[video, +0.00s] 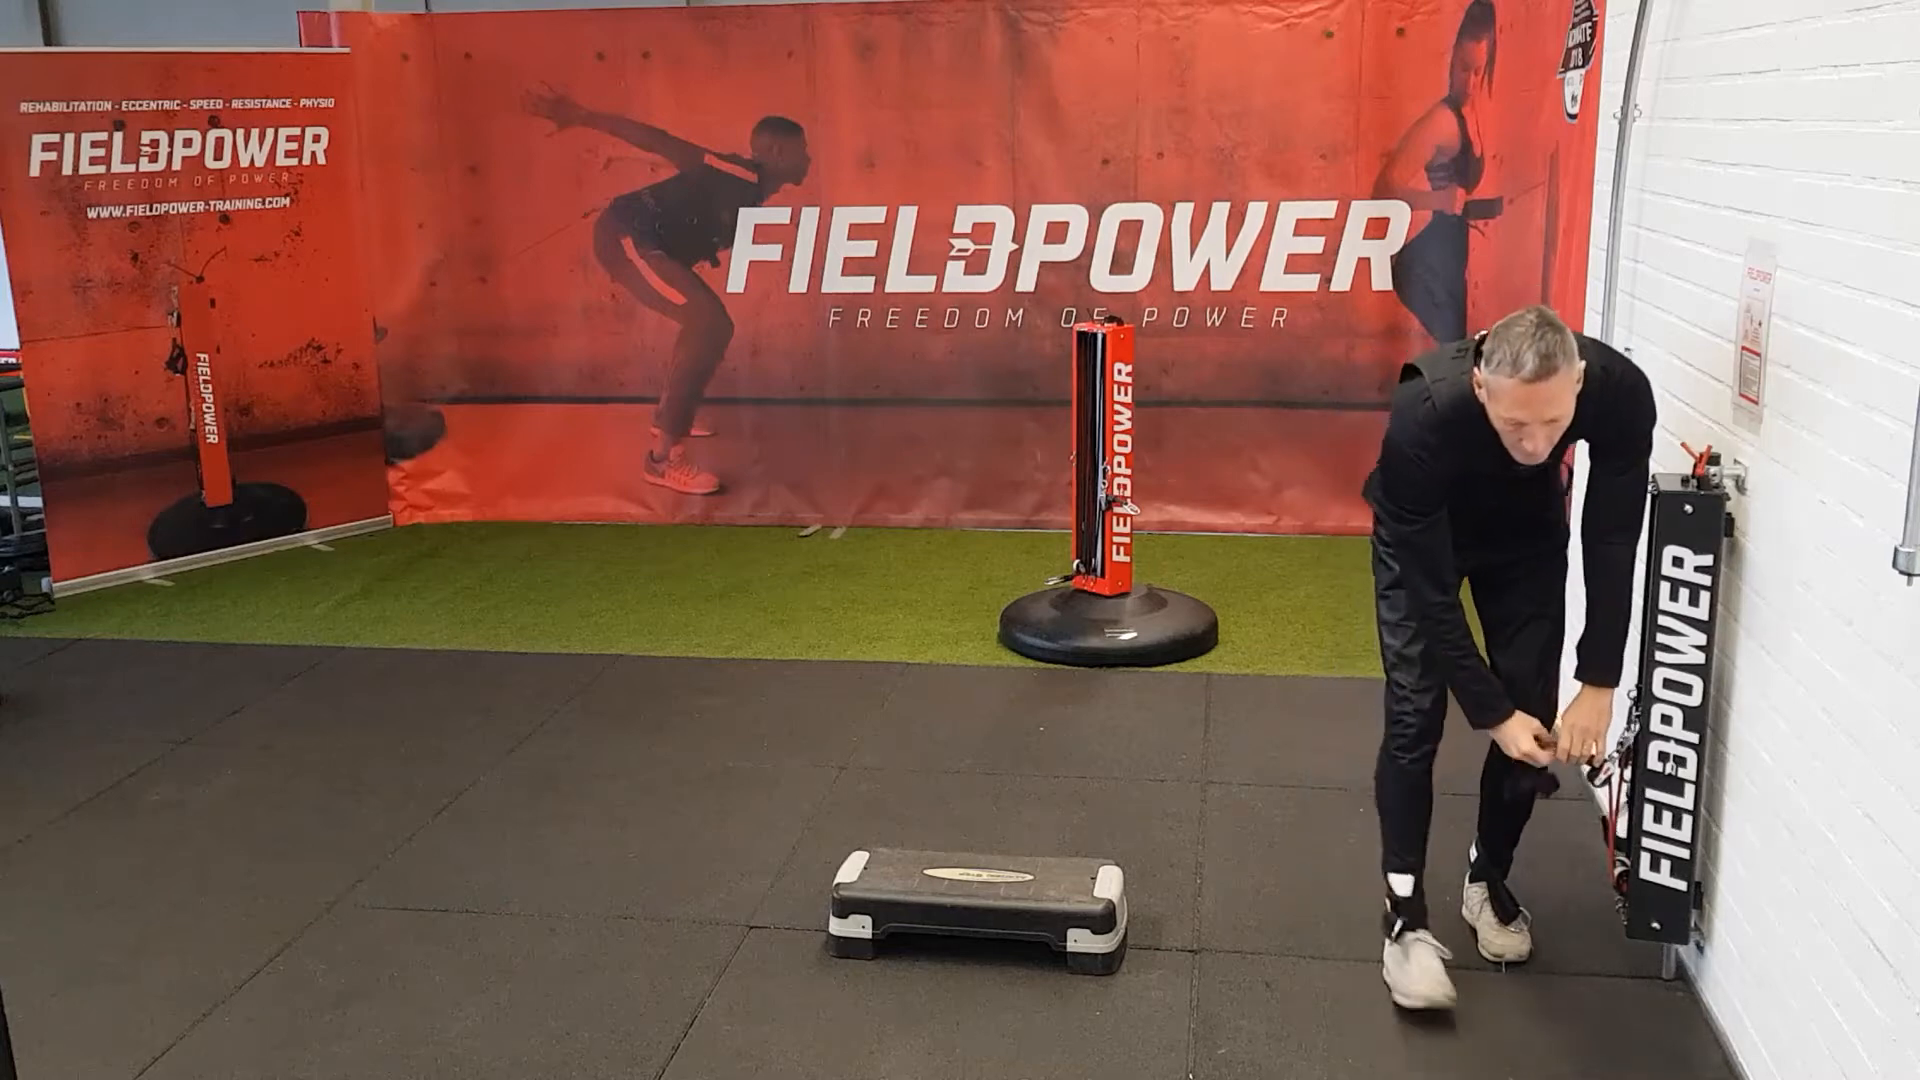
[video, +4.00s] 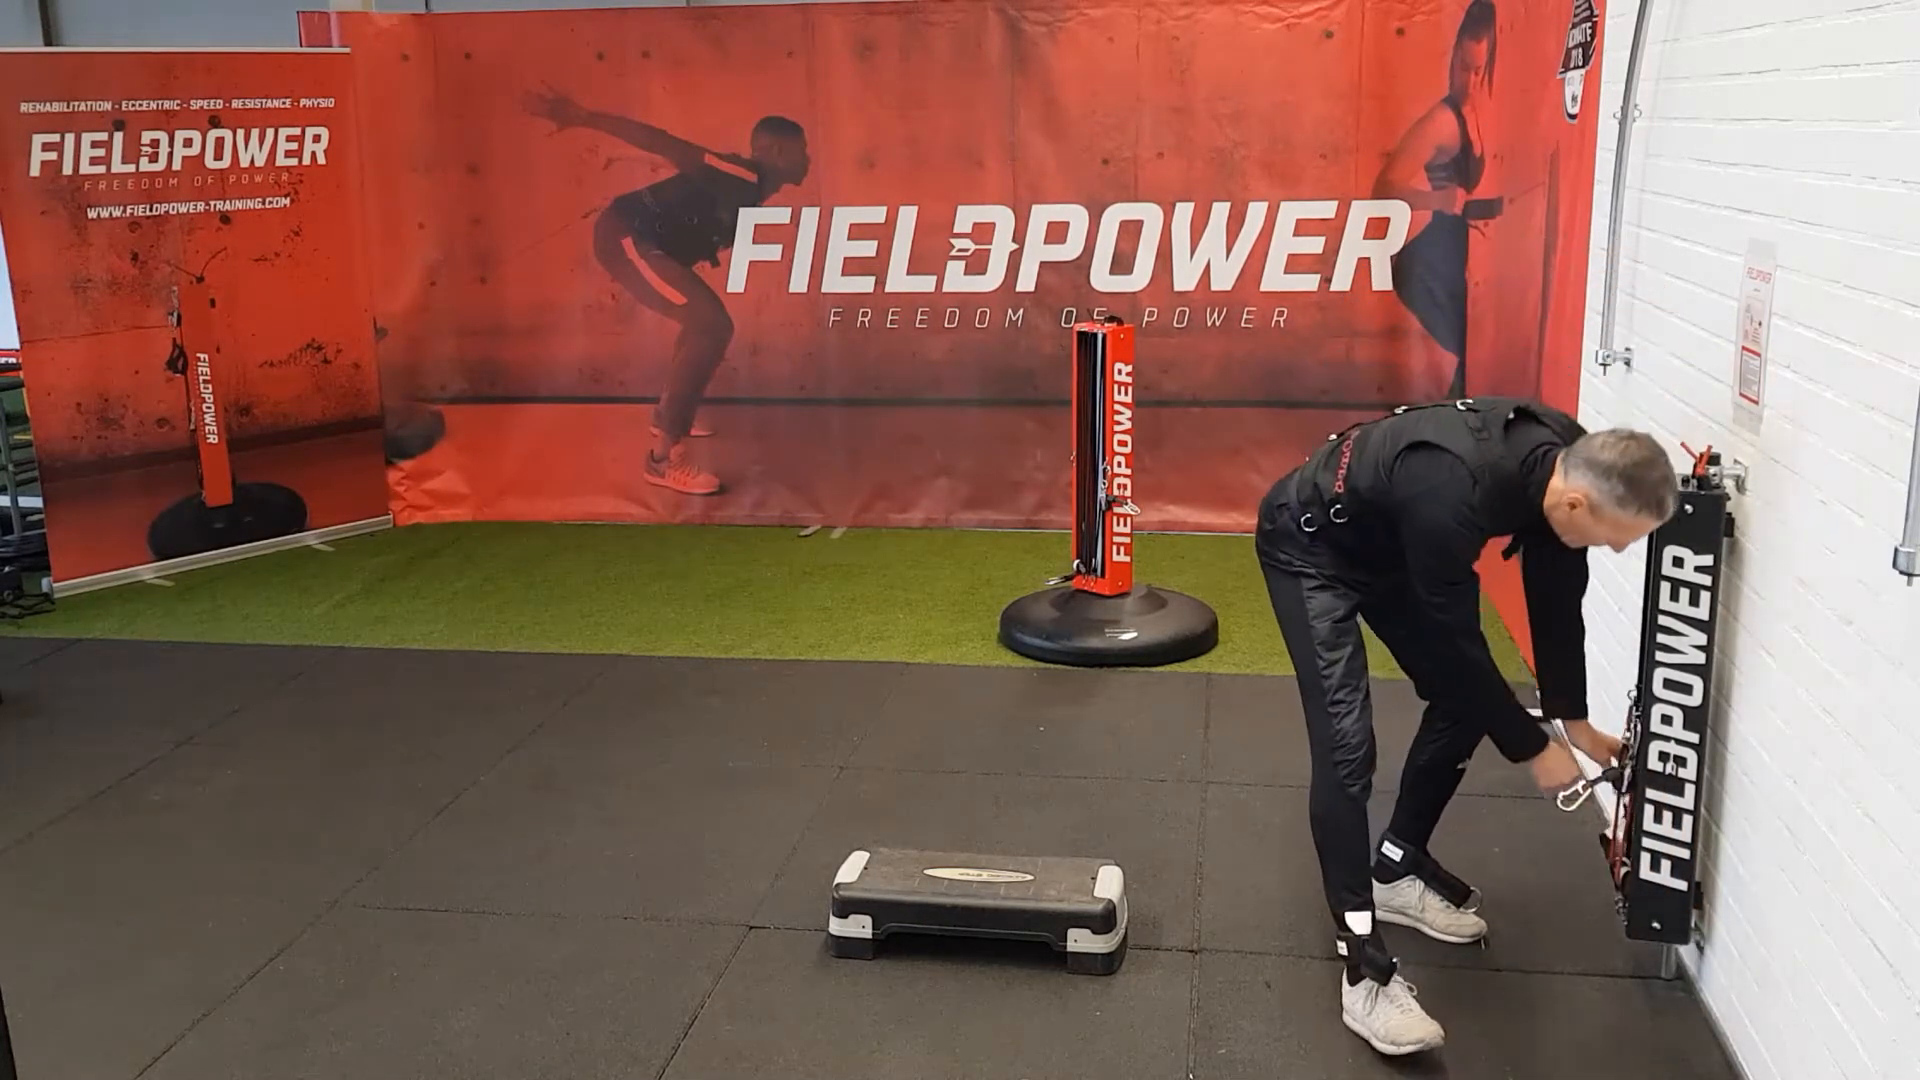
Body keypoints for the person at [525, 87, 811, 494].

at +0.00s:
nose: (808, 158)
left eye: (805, 149)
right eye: (800, 149)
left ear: (775, 151)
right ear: (772, 150)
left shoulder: (749, 197)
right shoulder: (732, 180)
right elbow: (659, 141)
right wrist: (582, 116)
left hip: (646, 237)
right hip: (626, 232)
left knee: (715, 323)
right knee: (708, 323)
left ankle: (671, 414)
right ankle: (664, 457)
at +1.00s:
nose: (808, 158)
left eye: (805, 149)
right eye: (800, 150)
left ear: (773, 151)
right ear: (772, 151)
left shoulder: (744, 185)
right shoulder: (735, 181)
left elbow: (659, 142)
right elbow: (658, 141)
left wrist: (583, 116)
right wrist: (583, 117)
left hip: (638, 234)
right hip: (627, 234)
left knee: (709, 322)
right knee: (713, 326)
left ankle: (670, 414)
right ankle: (664, 457)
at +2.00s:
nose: (807, 159)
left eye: (804, 150)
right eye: (801, 150)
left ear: (773, 151)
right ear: (772, 150)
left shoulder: (749, 189)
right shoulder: (737, 178)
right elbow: (662, 143)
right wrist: (582, 117)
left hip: (642, 237)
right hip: (627, 235)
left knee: (710, 322)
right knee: (712, 325)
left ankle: (670, 413)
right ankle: (665, 458)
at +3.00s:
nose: (807, 159)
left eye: (805, 150)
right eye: (801, 150)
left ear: (774, 151)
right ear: (772, 149)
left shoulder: (749, 187)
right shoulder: (737, 176)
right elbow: (659, 141)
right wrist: (581, 117)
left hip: (643, 236)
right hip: (627, 234)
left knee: (710, 322)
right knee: (712, 325)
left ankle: (670, 414)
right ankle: (666, 457)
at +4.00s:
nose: (807, 159)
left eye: (805, 150)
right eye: (800, 150)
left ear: (774, 151)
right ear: (772, 150)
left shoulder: (749, 188)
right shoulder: (735, 177)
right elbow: (662, 142)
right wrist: (584, 117)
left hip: (644, 236)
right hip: (626, 233)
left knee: (709, 321)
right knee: (713, 326)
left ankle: (670, 411)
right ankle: (665, 457)